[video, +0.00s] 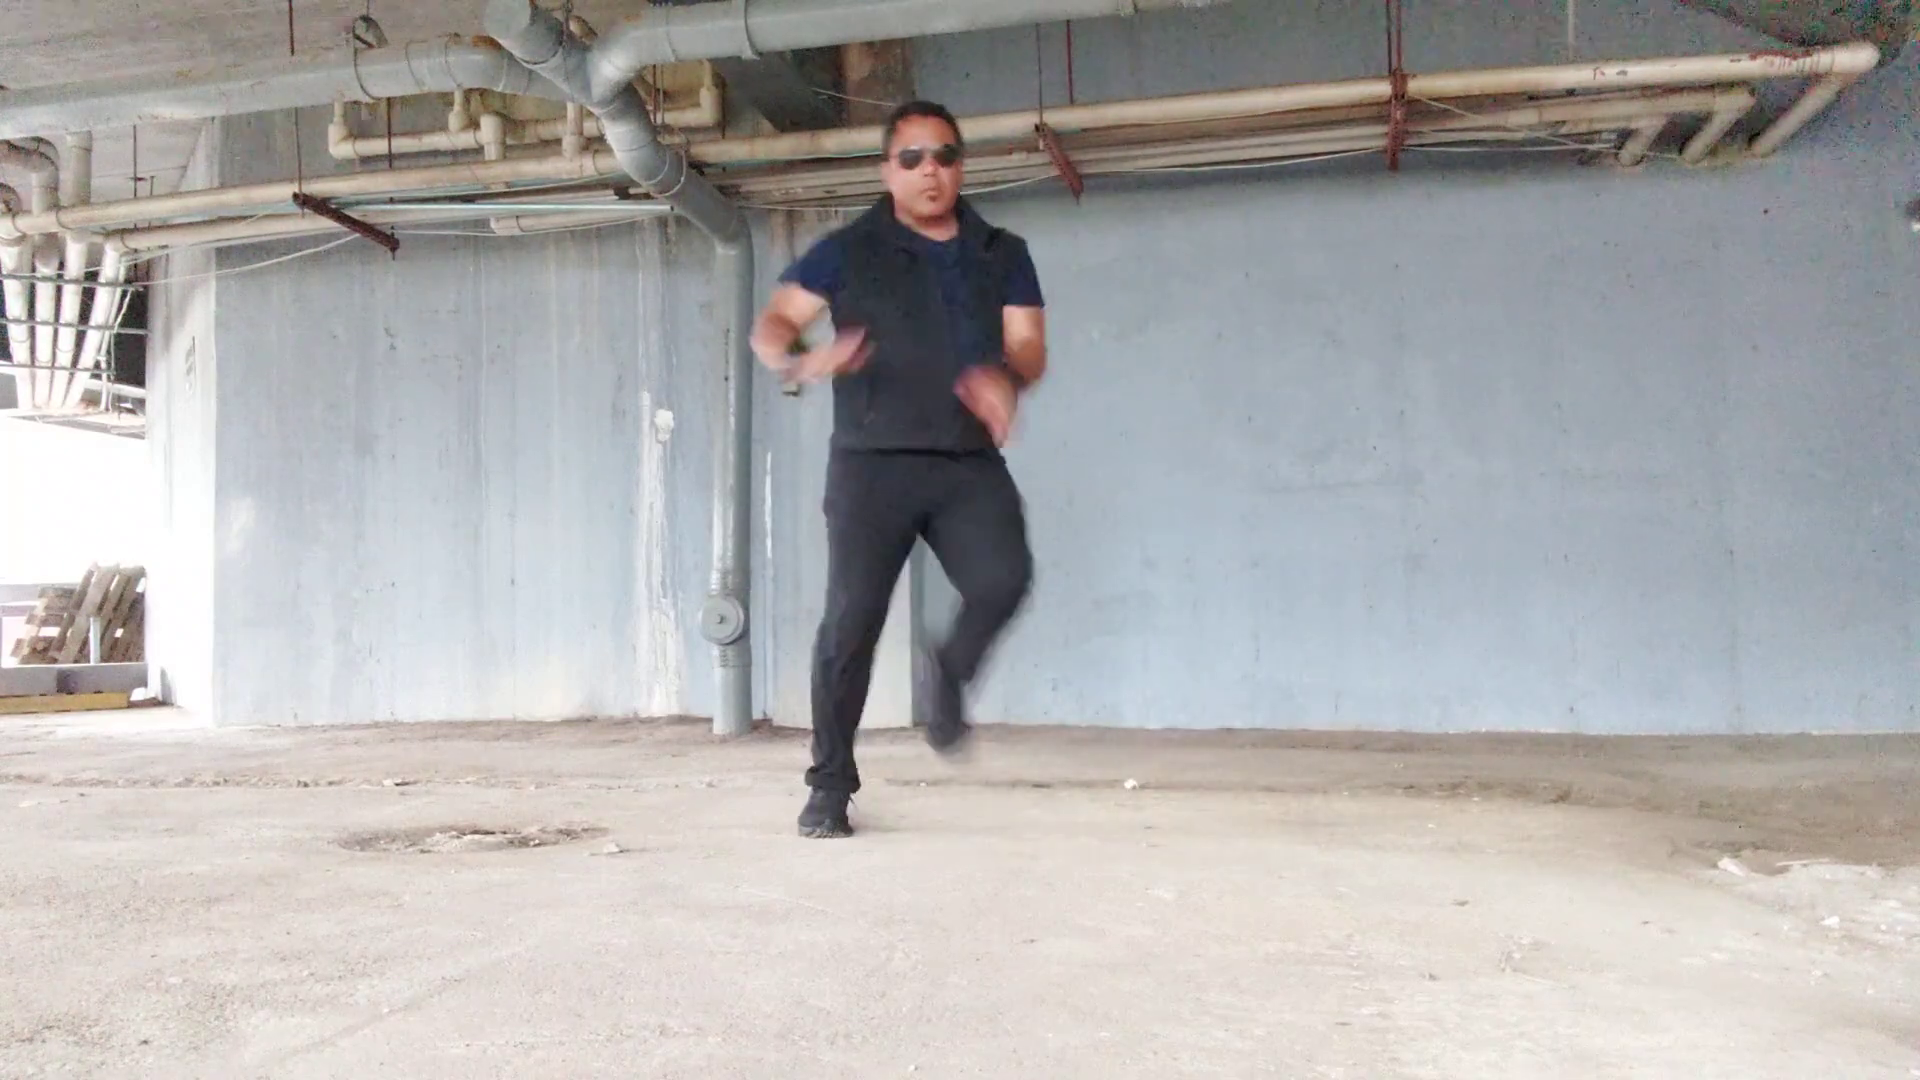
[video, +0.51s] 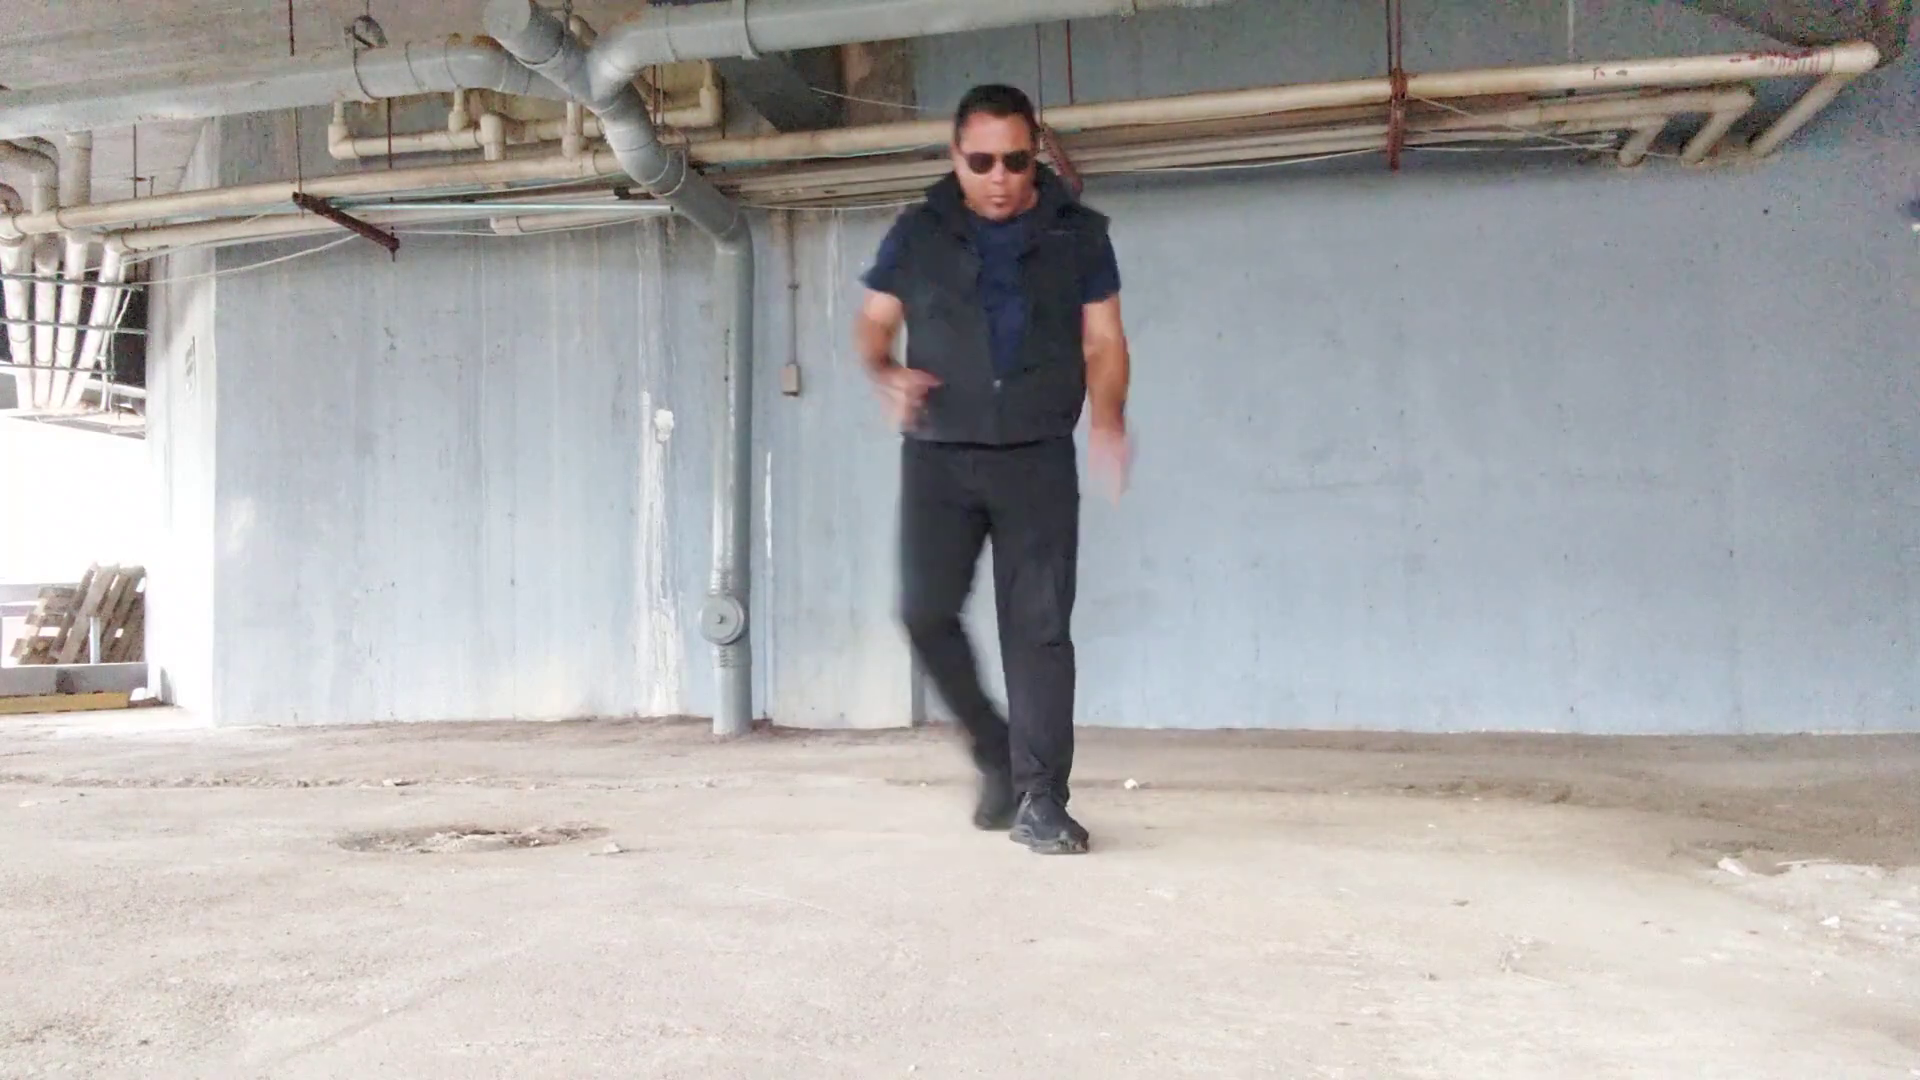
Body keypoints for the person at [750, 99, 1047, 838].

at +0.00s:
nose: (932, 172)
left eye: (945, 156)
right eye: (913, 159)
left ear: (962, 166)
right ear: (886, 171)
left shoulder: (1002, 252)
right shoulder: (850, 250)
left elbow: (1028, 349)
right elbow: (771, 328)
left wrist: (1005, 377)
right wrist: (797, 364)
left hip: (969, 468)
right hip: (872, 468)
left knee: (1002, 582)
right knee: (850, 624)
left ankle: (947, 674)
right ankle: (829, 783)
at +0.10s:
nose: (915, 164)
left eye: (929, 150)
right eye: (898, 152)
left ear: (949, 160)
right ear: (873, 164)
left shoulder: (997, 237)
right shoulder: (847, 245)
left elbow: (1057, 328)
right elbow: (820, 345)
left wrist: (1050, 400)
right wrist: (869, 283)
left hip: (968, 448)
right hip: (871, 451)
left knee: (976, 559)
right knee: (850, 618)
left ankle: (927, 619)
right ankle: (832, 783)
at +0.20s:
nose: (928, 161)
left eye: (941, 146)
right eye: (910, 149)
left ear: (963, 150)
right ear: (885, 159)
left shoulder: (1010, 213)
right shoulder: (864, 228)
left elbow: (1090, 256)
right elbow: (773, 281)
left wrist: (1062, 334)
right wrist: (839, 221)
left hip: (974, 441)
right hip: (879, 446)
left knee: (993, 571)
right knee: (853, 618)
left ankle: (988, 714)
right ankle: (833, 782)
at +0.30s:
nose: (956, 171)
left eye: (972, 155)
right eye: (938, 156)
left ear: (994, 150)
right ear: (912, 154)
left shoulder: (1036, 198)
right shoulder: (882, 207)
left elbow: (1121, 222)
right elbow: (796, 211)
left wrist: (1095, 275)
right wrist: (794, 228)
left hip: (996, 446)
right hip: (899, 448)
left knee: (1019, 619)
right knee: (862, 620)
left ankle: (1038, 802)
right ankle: (832, 784)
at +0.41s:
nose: (979, 177)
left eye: (994, 161)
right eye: (961, 162)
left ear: (1015, 154)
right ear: (934, 157)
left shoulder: (1058, 213)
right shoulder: (900, 213)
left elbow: (1128, 275)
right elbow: (828, 246)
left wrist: (1118, 291)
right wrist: (816, 294)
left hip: (1020, 455)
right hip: (923, 454)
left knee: (1032, 623)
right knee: (885, 606)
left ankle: (1040, 801)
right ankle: (890, 762)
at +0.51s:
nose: (999, 179)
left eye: (1015, 162)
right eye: (981, 163)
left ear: (1037, 158)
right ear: (955, 158)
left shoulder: (1077, 232)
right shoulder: (921, 229)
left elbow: (1105, 340)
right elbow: (874, 324)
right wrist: (885, 372)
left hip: (1038, 460)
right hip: (939, 460)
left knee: (1039, 628)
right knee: (925, 614)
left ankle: (1042, 796)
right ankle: (997, 749)